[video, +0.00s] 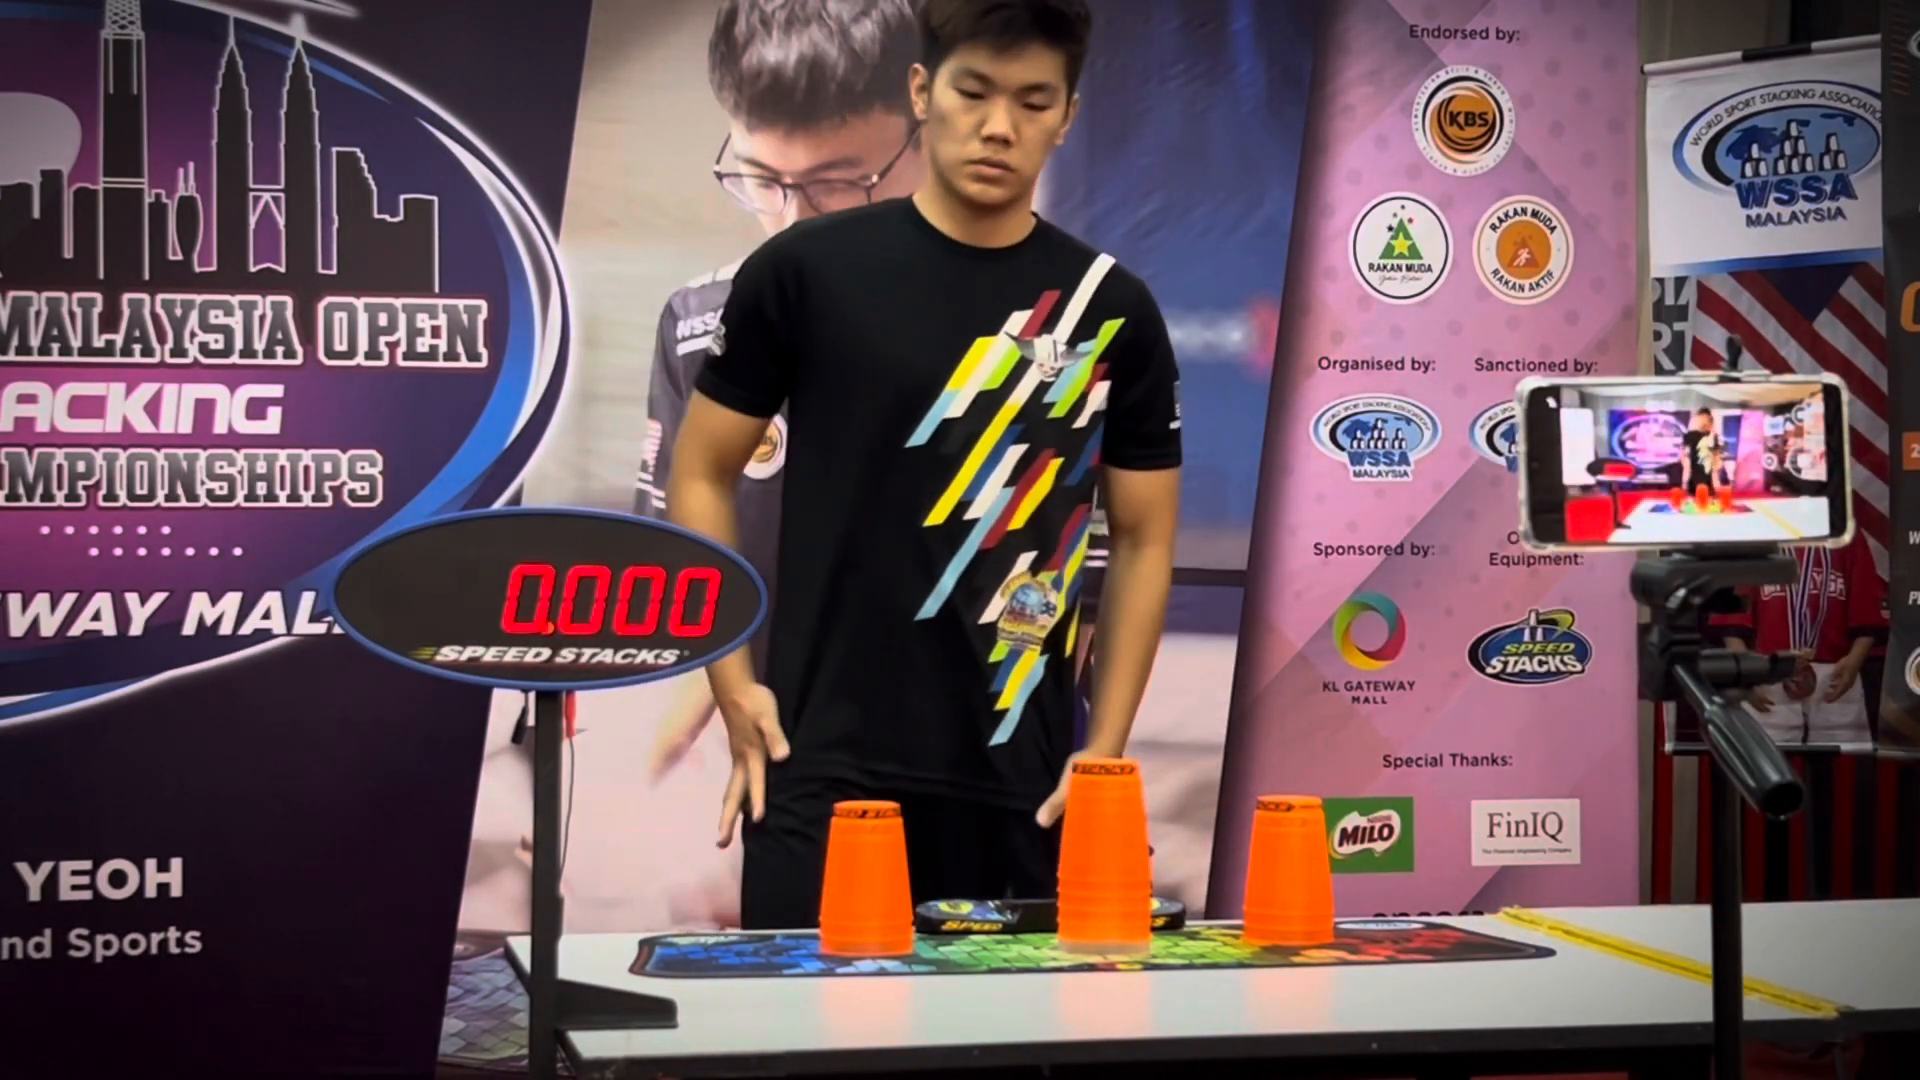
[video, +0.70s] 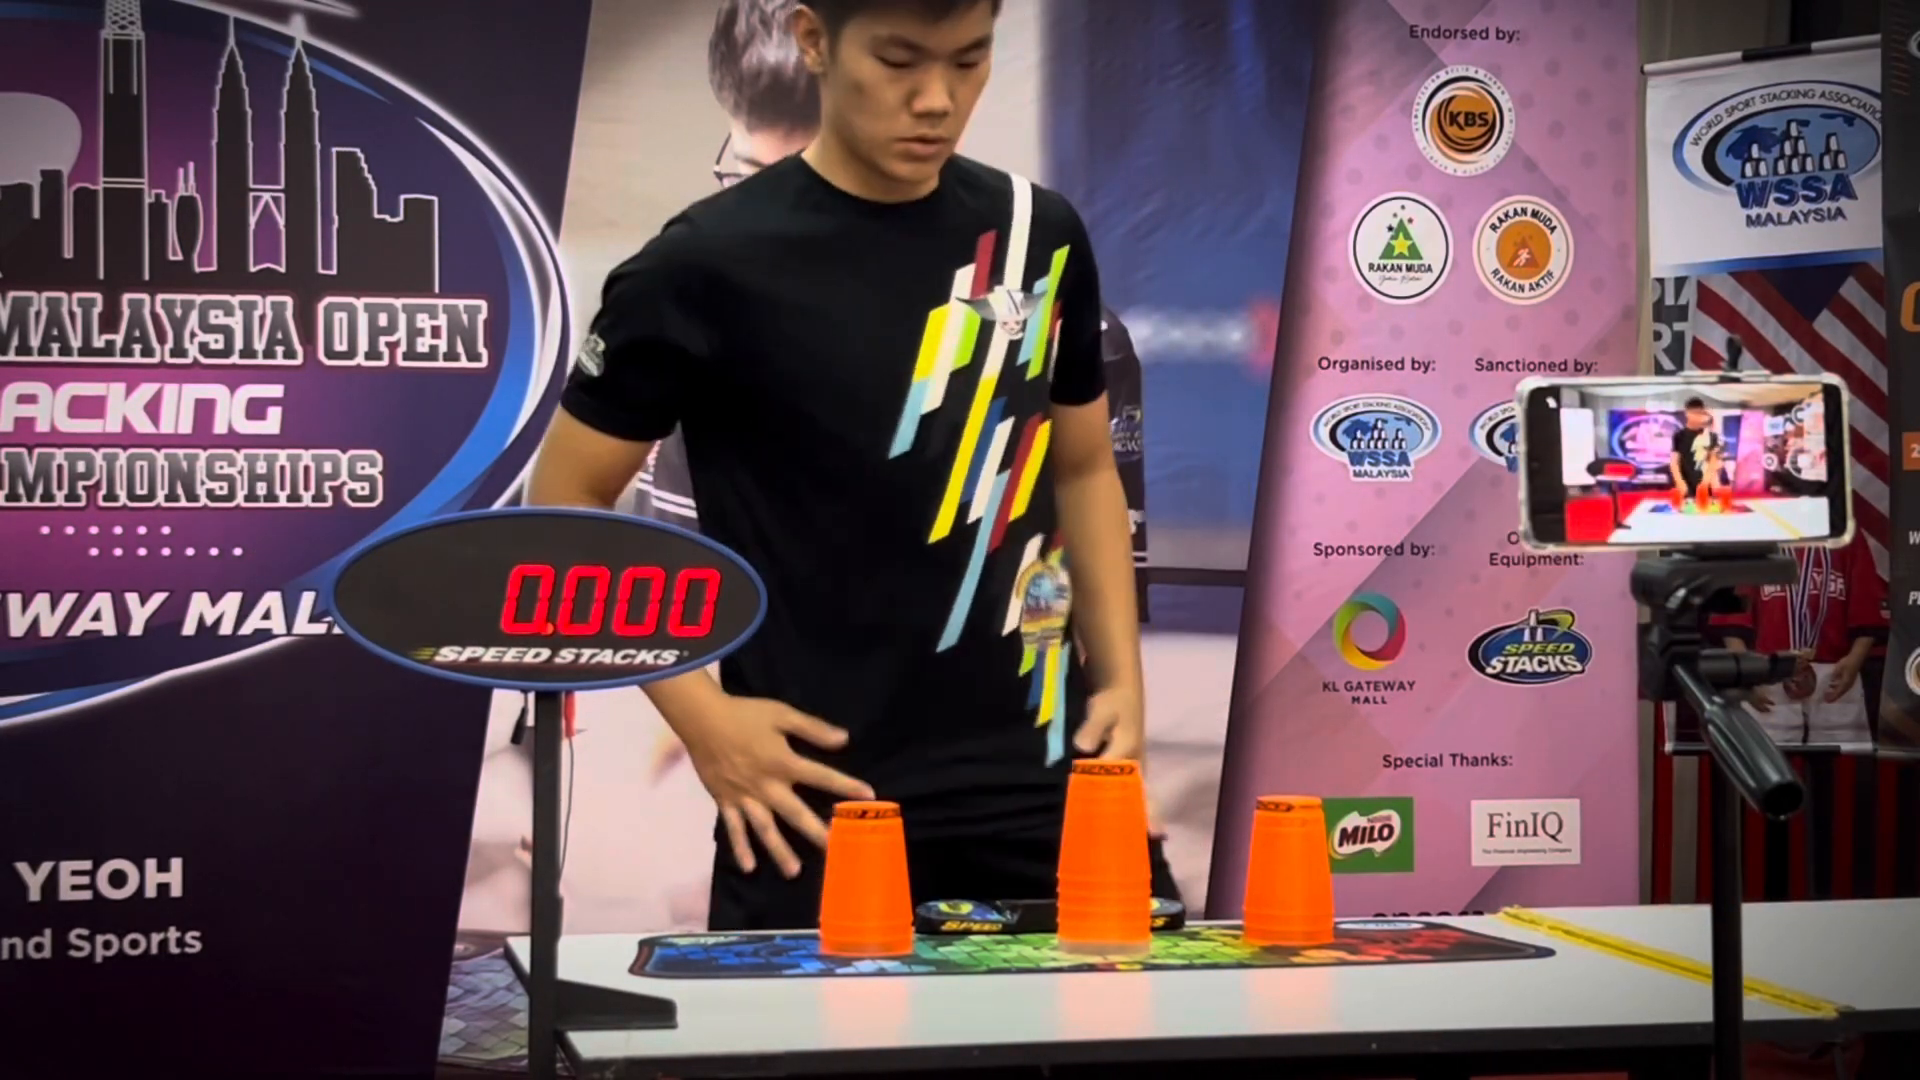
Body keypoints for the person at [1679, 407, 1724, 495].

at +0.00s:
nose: (1704, 422)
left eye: (1707, 419)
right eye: (1702, 418)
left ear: (1711, 421)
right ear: (1697, 419)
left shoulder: (1713, 437)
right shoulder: (1691, 436)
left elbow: (1716, 460)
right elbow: (1686, 459)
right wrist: (1684, 482)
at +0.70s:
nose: (1697, 417)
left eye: (1700, 413)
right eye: (1693, 413)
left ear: (1704, 414)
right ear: (1687, 414)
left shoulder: (1711, 436)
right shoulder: (1680, 436)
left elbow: (1713, 461)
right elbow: (1674, 462)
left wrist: (1706, 482)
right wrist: (1680, 484)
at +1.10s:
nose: (1694, 411)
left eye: (1697, 406)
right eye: (1690, 406)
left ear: (1702, 407)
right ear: (1683, 407)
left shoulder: (1708, 427)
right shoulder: (1675, 430)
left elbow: (1716, 453)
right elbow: (1668, 457)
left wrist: (1718, 481)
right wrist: (1676, 481)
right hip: (1685, 484)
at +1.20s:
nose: (1701, 413)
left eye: (1704, 409)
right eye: (1697, 409)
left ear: (1708, 408)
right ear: (1690, 408)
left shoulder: (1715, 431)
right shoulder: (1681, 433)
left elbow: (1722, 457)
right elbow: (1674, 459)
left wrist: (1723, 482)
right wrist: (1677, 484)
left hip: (1711, 490)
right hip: (1688, 490)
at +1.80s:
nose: (1707, 418)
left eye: (1711, 414)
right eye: (1704, 413)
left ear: (1715, 413)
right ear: (1697, 411)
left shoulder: (1719, 436)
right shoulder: (1686, 435)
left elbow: (1722, 462)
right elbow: (1676, 460)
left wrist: (1720, 487)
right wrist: (1678, 480)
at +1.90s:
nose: (1708, 418)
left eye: (1712, 414)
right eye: (1705, 413)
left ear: (1716, 413)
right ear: (1698, 412)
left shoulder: (1720, 437)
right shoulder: (1687, 435)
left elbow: (1723, 463)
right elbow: (1679, 463)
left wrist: (1719, 485)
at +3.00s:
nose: (1709, 427)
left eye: (1713, 422)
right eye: (1706, 421)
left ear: (1717, 421)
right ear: (1699, 418)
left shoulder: (1721, 443)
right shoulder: (1687, 439)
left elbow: (1723, 471)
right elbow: (1676, 467)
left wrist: (1715, 491)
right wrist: (1696, 485)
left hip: (1711, 497)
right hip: (1688, 497)